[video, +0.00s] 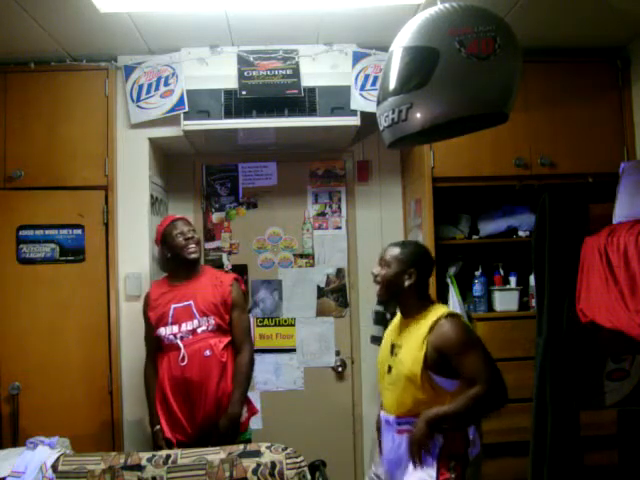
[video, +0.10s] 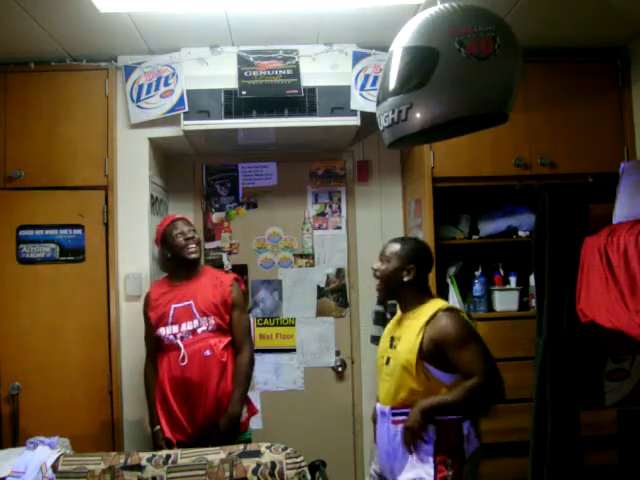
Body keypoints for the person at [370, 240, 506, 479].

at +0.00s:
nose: (375, 273)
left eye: (384, 266)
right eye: (378, 265)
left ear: (409, 277)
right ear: (407, 278)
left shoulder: (448, 329)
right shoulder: (398, 321)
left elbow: (493, 390)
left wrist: (430, 418)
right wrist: (384, 416)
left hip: (432, 456)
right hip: (392, 450)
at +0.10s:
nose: (375, 268)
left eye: (383, 262)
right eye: (378, 261)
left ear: (408, 272)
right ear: (406, 273)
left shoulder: (446, 323)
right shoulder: (397, 321)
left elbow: (489, 383)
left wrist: (424, 407)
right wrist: (382, 409)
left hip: (429, 456)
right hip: (390, 451)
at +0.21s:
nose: (373, 279)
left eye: (382, 272)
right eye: (377, 271)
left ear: (406, 284)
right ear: (404, 284)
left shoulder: (446, 332)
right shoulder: (400, 330)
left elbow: (487, 396)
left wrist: (423, 416)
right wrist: (385, 419)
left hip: (431, 464)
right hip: (393, 460)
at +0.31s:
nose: (372, 288)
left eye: (381, 281)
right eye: (376, 279)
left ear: (406, 294)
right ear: (406, 295)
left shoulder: (448, 344)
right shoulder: (402, 335)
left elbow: (490, 408)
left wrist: (425, 429)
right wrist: (385, 423)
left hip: (431, 467)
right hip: (393, 460)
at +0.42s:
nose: (374, 281)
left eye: (385, 275)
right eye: (379, 273)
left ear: (408, 290)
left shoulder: (450, 340)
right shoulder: (400, 332)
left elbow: (490, 406)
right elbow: (403, 388)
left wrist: (425, 425)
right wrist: (384, 416)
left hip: (431, 463)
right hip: (392, 454)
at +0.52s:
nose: (382, 268)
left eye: (392, 258)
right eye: (384, 258)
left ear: (420, 268)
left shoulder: (447, 322)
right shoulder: (399, 317)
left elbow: (486, 387)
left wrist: (420, 408)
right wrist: (385, 407)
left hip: (432, 451)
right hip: (393, 446)